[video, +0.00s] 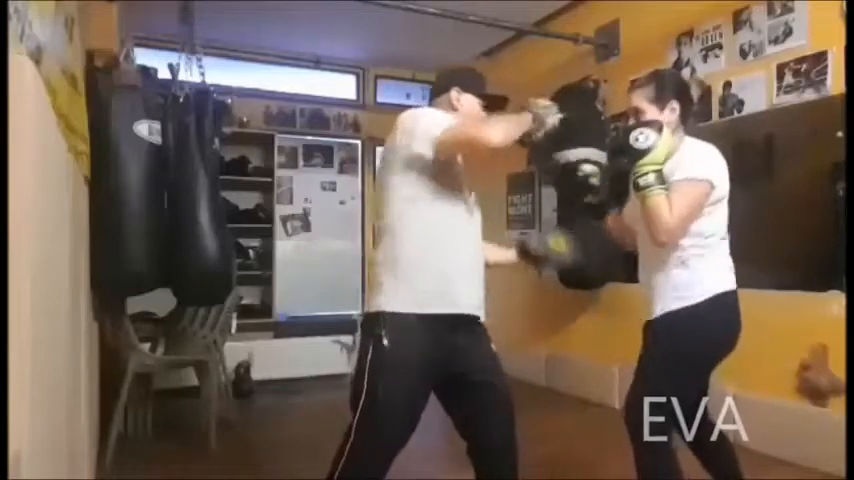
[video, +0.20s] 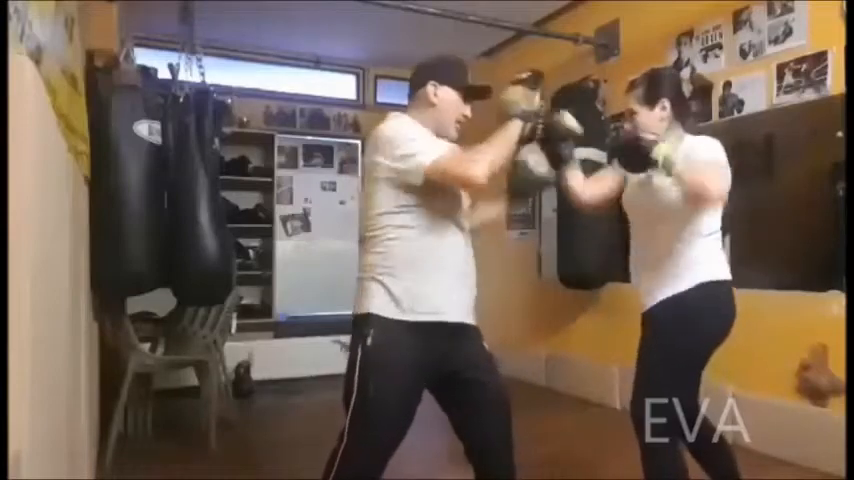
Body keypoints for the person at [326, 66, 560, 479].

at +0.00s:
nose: (486, 111)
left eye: (487, 105)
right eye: (481, 101)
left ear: (461, 102)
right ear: (455, 96)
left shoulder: (454, 163)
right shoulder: (416, 121)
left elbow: (465, 246)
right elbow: (489, 135)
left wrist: (524, 250)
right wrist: (532, 116)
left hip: (461, 324)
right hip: (402, 321)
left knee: (496, 445)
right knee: (369, 450)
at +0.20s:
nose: (468, 111)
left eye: (469, 101)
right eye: (462, 98)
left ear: (432, 96)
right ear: (431, 91)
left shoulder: (442, 151)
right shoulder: (395, 132)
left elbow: (464, 215)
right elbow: (473, 170)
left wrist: (523, 185)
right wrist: (518, 121)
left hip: (453, 326)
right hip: (392, 324)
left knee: (494, 444)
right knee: (363, 455)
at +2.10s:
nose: (504, 101)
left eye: (504, 91)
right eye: (497, 89)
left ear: (470, 92)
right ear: (468, 90)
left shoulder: (479, 151)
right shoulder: (425, 138)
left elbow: (512, 215)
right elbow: (450, 223)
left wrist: (544, 192)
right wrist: (516, 190)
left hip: (469, 329)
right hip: (410, 327)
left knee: (496, 442)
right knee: (373, 449)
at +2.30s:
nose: (499, 102)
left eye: (499, 92)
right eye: (492, 91)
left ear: (464, 93)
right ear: (463, 90)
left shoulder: (457, 142)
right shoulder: (431, 135)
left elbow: (487, 218)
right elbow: (510, 196)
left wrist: (533, 195)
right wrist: (577, 154)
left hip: (464, 326)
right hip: (410, 327)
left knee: (494, 440)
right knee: (374, 448)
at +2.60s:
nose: (470, 103)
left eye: (469, 94)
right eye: (463, 91)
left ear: (433, 94)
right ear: (432, 90)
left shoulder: (435, 148)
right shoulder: (398, 135)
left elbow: (490, 189)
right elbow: (470, 195)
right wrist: (520, 145)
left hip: (455, 332)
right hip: (394, 333)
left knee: (494, 460)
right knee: (360, 463)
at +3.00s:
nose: (452, 102)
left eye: (451, 91)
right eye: (443, 89)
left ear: (419, 93)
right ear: (412, 90)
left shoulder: (439, 146)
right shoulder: (368, 144)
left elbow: (495, 181)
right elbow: (401, 213)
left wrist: (555, 161)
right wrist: (459, 161)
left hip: (448, 334)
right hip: (380, 340)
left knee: (487, 456)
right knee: (355, 462)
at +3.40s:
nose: (511, 105)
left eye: (511, 95)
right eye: (503, 94)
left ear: (474, 99)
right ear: (474, 97)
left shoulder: (489, 158)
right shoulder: (434, 135)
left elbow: (520, 203)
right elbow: (445, 178)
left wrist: (582, 206)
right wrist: (514, 139)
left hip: (493, 329)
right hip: (430, 329)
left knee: (528, 422)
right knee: (382, 444)